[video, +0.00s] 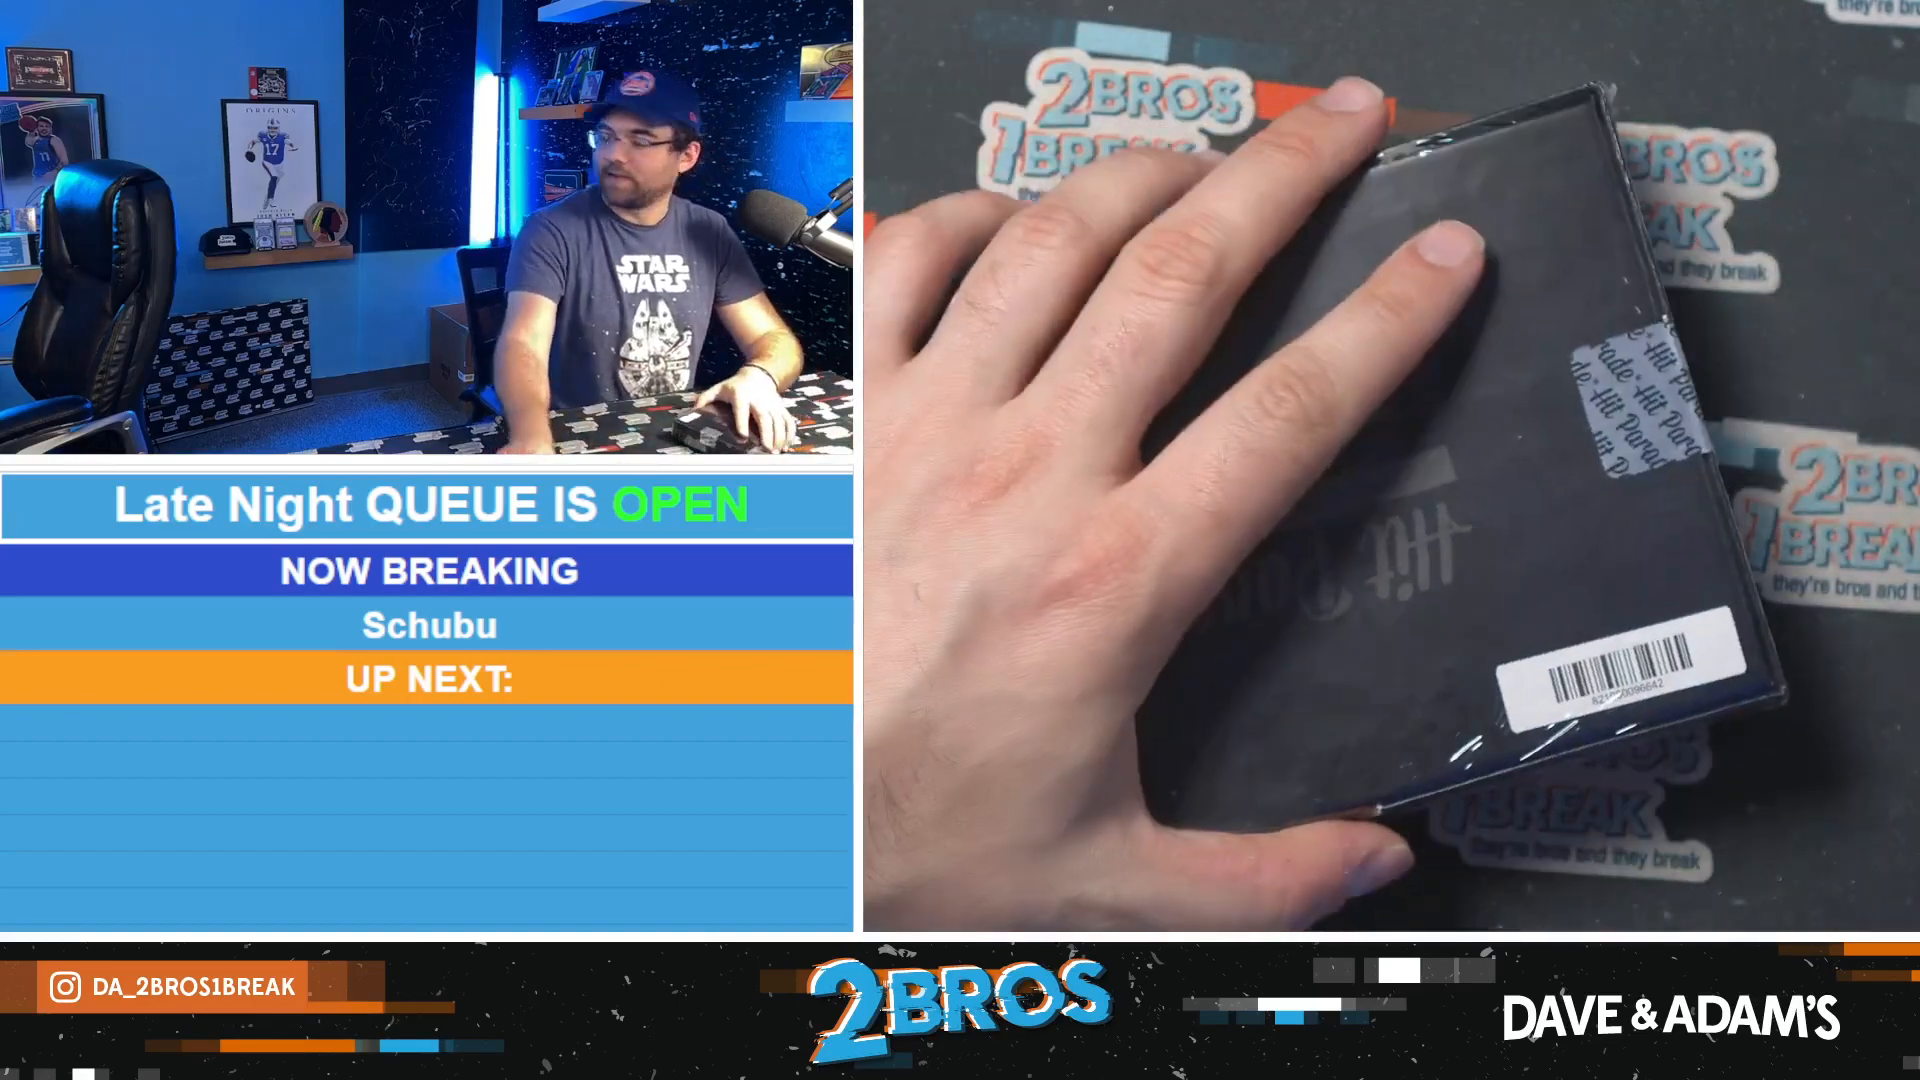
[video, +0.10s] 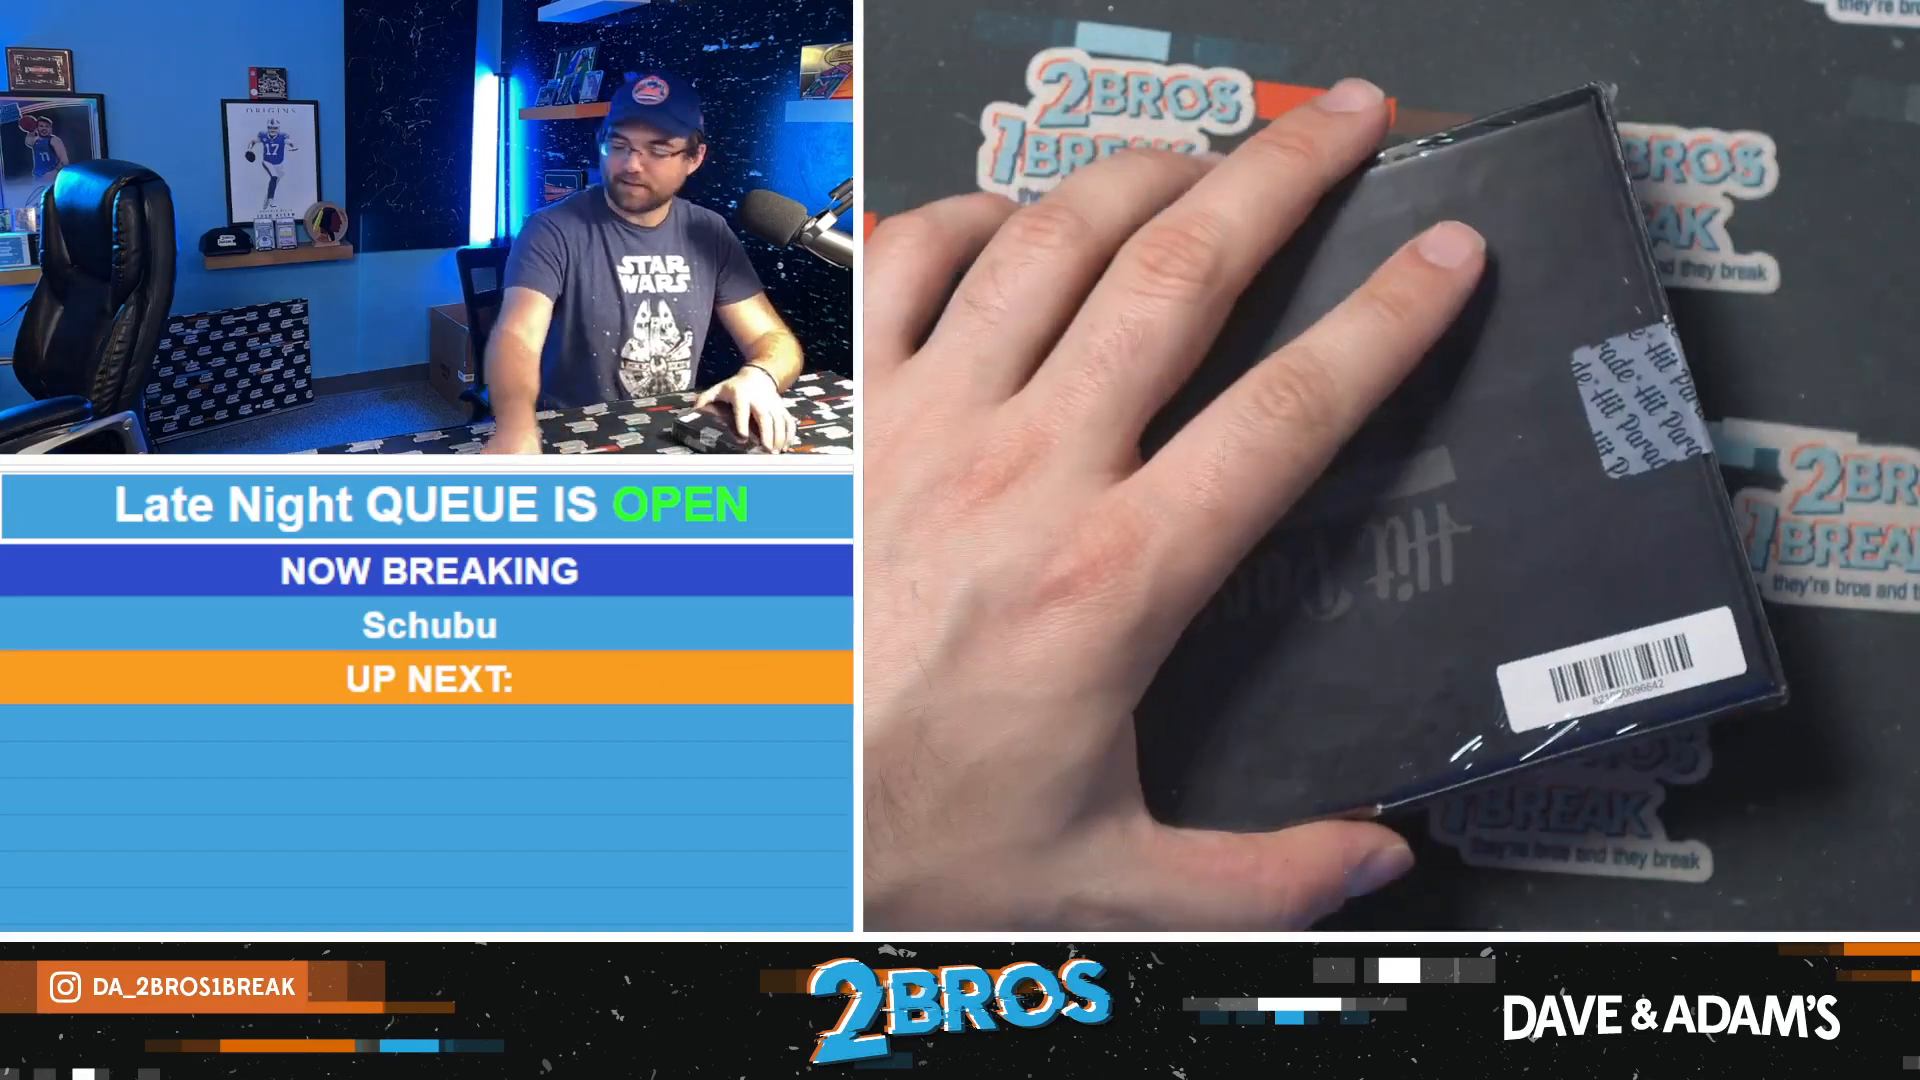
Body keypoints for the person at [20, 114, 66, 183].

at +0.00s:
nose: (44, 128)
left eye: (46, 126)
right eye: (41, 126)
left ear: (51, 128)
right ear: (37, 128)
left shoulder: (54, 140)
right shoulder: (35, 140)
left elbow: (64, 160)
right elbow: (28, 141)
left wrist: (54, 172)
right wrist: (31, 133)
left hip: (50, 176)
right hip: (37, 176)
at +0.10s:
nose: (44, 128)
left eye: (47, 126)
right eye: (41, 126)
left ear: (51, 128)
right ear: (37, 128)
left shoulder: (54, 140)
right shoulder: (35, 140)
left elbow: (64, 160)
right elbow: (28, 142)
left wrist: (54, 173)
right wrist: (31, 133)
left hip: (50, 176)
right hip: (37, 175)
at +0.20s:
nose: (44, 128)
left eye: (47, 126)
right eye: (41, 126)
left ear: (51, 128)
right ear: (37, 128)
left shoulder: (54, 140)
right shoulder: (35, 140)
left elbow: (64, 161)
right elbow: (28, 142)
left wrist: (53, 173)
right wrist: (31, 133)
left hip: (50, 176)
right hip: (37, 175)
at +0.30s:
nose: (44, 128)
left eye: (47, 126)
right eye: (41, 126)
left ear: (51, 129)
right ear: (37, 128)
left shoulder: (54, 140)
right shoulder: (35, 140)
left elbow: (64, 160)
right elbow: (28, 142)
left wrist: (53, 173)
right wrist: (30, 133)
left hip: (50, 177)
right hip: (37, 176)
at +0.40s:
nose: (44, 128)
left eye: (47, 126)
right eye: (41, 126)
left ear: (50, 128)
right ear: (37, 128)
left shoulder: (54, 140)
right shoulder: (35, 140)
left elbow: (64, 160)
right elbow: (28, 141)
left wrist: (53, 173)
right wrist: (30, 132)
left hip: (50, 177)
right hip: (37, 176)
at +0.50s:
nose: (44, 128)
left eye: (47, 126)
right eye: (41, 126)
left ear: (50, 128)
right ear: (37, 128)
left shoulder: (54, 140)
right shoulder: (35, 140)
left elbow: (64, 160)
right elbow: (28, 141)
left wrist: (53, 173)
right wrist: (30, 132)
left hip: (50, 177)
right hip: (37, 176)